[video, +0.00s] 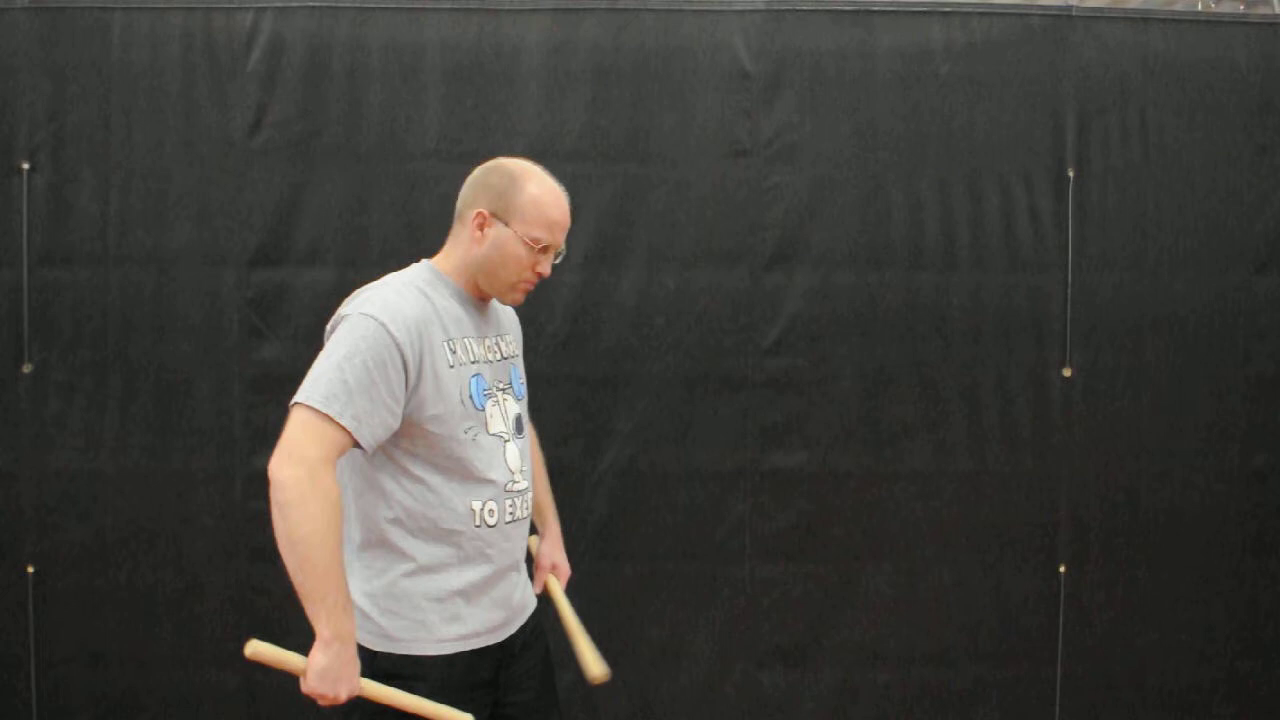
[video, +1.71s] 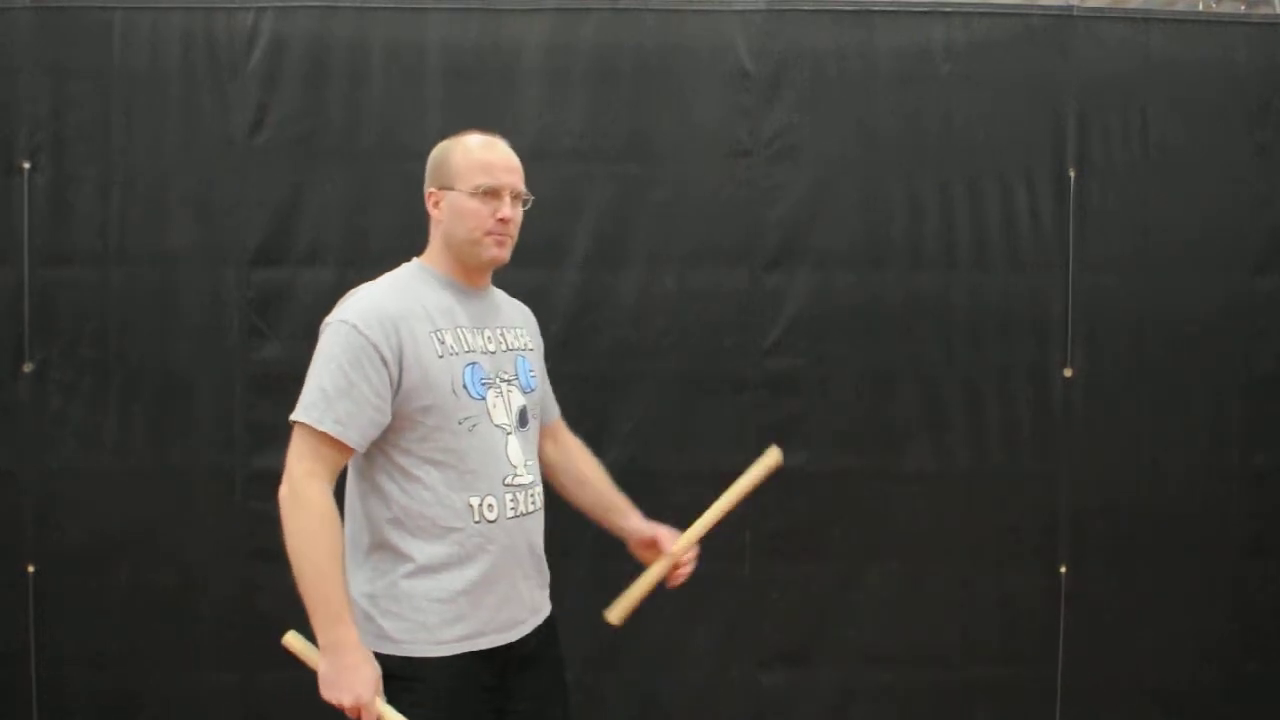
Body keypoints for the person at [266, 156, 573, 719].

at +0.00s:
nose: (546, 268)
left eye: (555, 254)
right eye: (537, 247)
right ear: (481, 226)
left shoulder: (503, 321)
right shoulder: (386, 318)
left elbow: (516, 428)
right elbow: (298, 465)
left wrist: (549, 527)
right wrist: (334, 635)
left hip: (516, 638)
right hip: (406, 661)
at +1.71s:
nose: (506, 213)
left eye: (517, 199)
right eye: (487, 194)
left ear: (525, 210)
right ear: (435, 202)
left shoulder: (517, 320)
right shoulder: (372, 320)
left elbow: (552, 440)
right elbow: (304, 485)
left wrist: (634, 527)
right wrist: (339, 647)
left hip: (527, 635)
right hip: (416, 654)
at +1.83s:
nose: (503, 213)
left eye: (512, 199)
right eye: (483, 194)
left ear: (520, 209)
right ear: (430, 202)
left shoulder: (516, 319)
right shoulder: (370, 319)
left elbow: (583, 428)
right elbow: (308, 487)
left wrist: (687, 497)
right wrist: (340, 652)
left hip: (526, 638)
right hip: (414, 655)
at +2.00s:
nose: (497, 211)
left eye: (506, 197)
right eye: (477, 194)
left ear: (513, 206)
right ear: (425, 202)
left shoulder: (522, 321)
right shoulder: (365, 321)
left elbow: (616, 405)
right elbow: (312, 488)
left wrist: (735, 454)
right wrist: (343, 651)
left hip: (523, 633)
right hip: (413, 653)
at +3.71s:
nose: (501, 209)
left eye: (504, 193)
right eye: (481, 190)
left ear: (507, 200)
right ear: (419, 200)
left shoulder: (507, 318)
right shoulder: (351, 325)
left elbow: (587, 426)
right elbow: (303, 502)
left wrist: (681, 513)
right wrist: (349, 674)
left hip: (522, 644)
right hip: (410, 672)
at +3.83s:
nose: (515, 210)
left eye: (515, 194)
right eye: (494, 191)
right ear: (434, 201)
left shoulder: (510, 319)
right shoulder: (365, 323)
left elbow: (560, 444)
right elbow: (323, 497)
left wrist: (622, 561)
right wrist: (368, 671)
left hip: (524, 644)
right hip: (417, 670)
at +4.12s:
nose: (572, 212)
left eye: (570, 197)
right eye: (553, 193)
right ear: (496, 202)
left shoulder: (545, 322)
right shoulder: (428, 310)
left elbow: (559, 463)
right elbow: (395, 479)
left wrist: (579, 585)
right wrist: (446, 643)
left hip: (542, 642)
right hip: (451, 653)